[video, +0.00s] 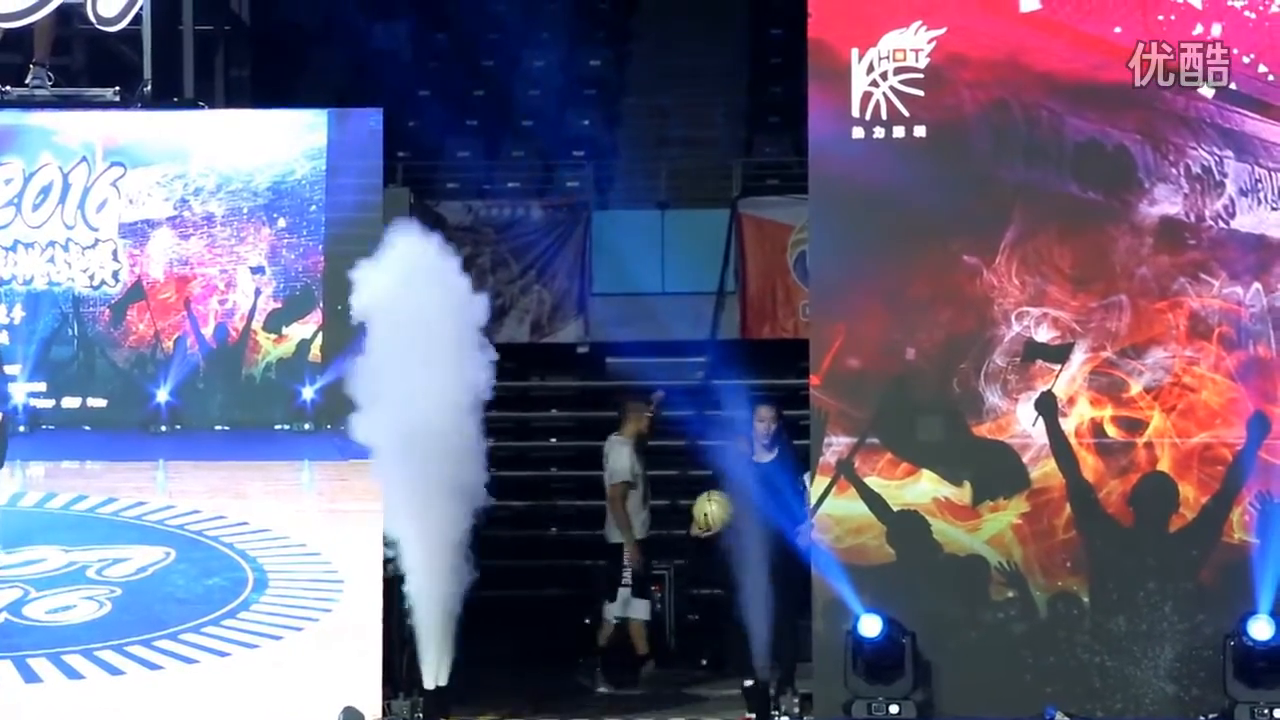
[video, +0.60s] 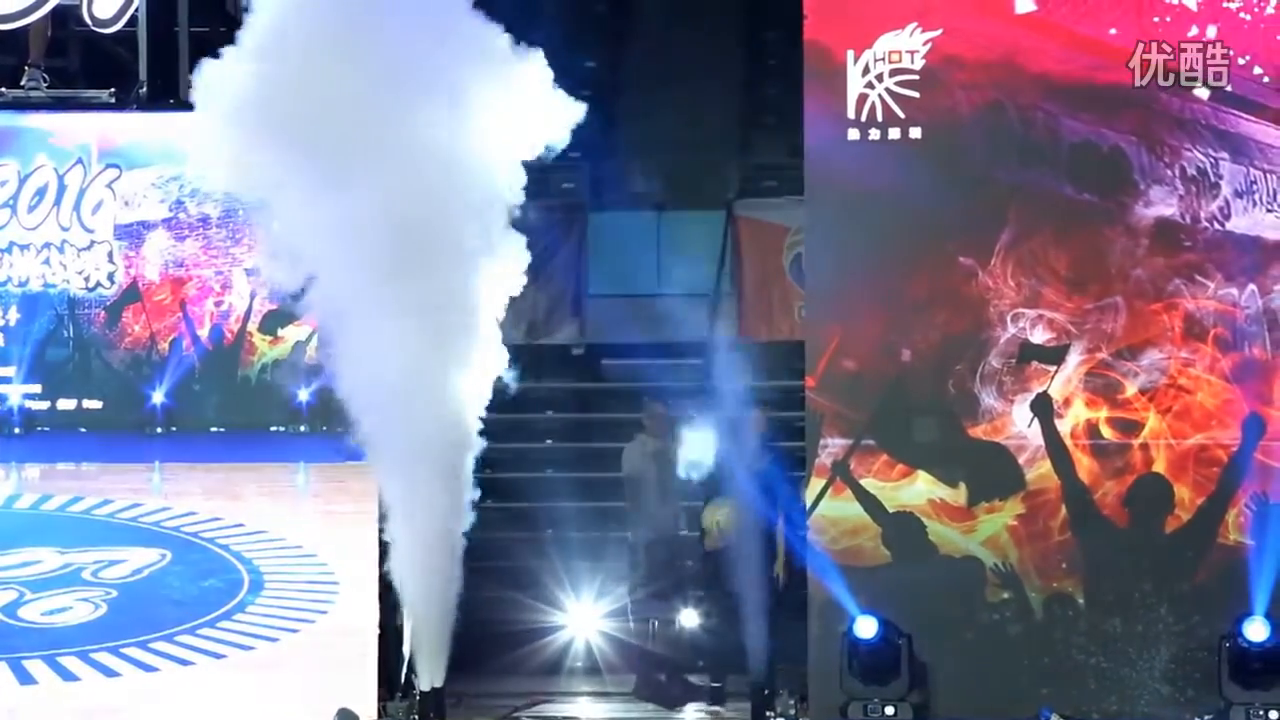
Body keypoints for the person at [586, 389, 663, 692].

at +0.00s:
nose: (649, 422)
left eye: (649, 417)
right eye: (646, 417)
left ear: (633, 418)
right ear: (633, 418)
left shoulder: (619, 443)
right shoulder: (622, 449)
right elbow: (616, 499)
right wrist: (630, 541)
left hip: (628, 538)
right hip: (623, 540)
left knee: (633, 605)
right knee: (620, 605)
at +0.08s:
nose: (654, 420)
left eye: (654, 415)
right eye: (650, 416)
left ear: (636, 418)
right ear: (636, 417)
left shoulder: (621, 442)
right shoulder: (630, 451)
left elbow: (643, 431)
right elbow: (627, 501)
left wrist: (655, 409)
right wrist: (645, 542)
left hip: (634, 537)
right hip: (630, 539)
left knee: (643, 607)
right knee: (626, 606)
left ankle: (643, 674)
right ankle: (615, 677)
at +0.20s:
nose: (660, 422)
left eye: (660, 417)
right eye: (656, 417)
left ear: (643, 419)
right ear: (643, 418)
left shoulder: (629, 441)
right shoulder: (636, 449)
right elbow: (639, 498)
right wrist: (660, 538)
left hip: (634, 534)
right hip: (639, 537)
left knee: (647, 603)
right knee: (646, 605)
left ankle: (648, 673)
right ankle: (646, 677)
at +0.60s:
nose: (662, 422)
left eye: (664, 417)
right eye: (657, 417)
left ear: (667, 419)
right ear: (645, 419)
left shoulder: (667, 450)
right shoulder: (635, 450)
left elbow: (670, 491)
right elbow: (633, 496)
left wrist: (675, 522)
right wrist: (639, 528)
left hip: (669, 533)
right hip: (647, 534)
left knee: (669, 601)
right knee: (647, 601)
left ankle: (671, 674)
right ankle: (646, 674)